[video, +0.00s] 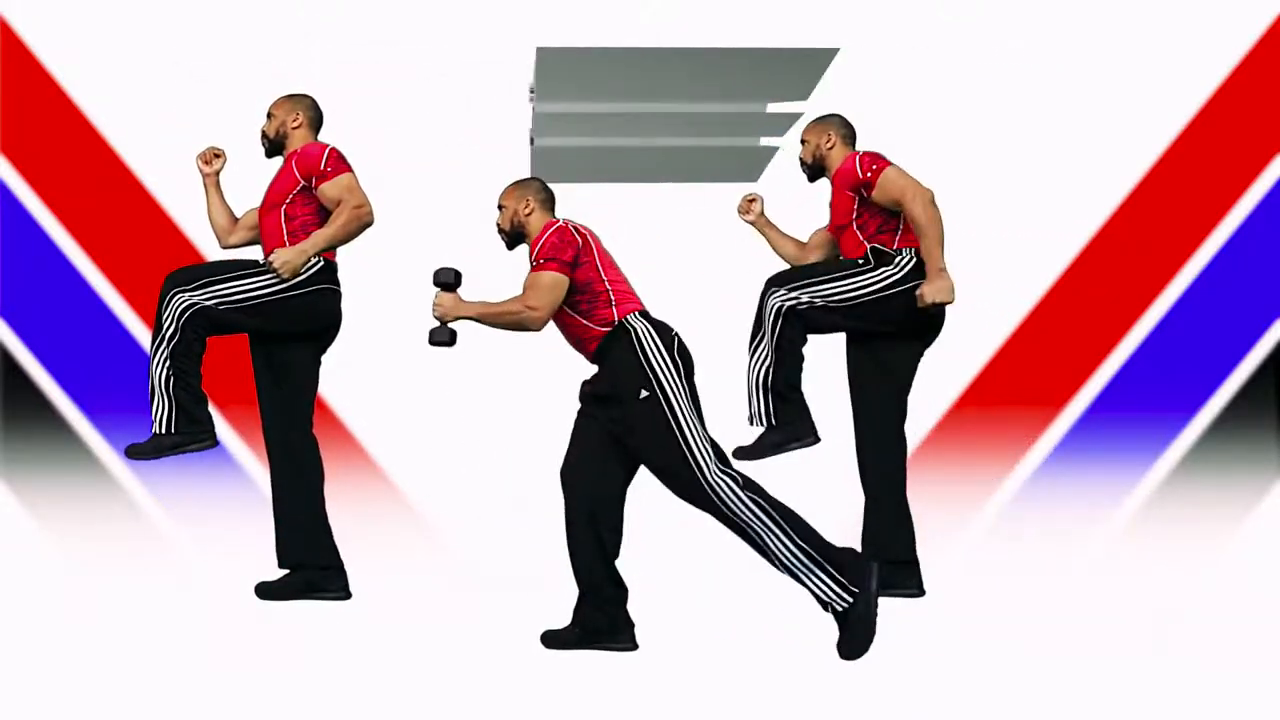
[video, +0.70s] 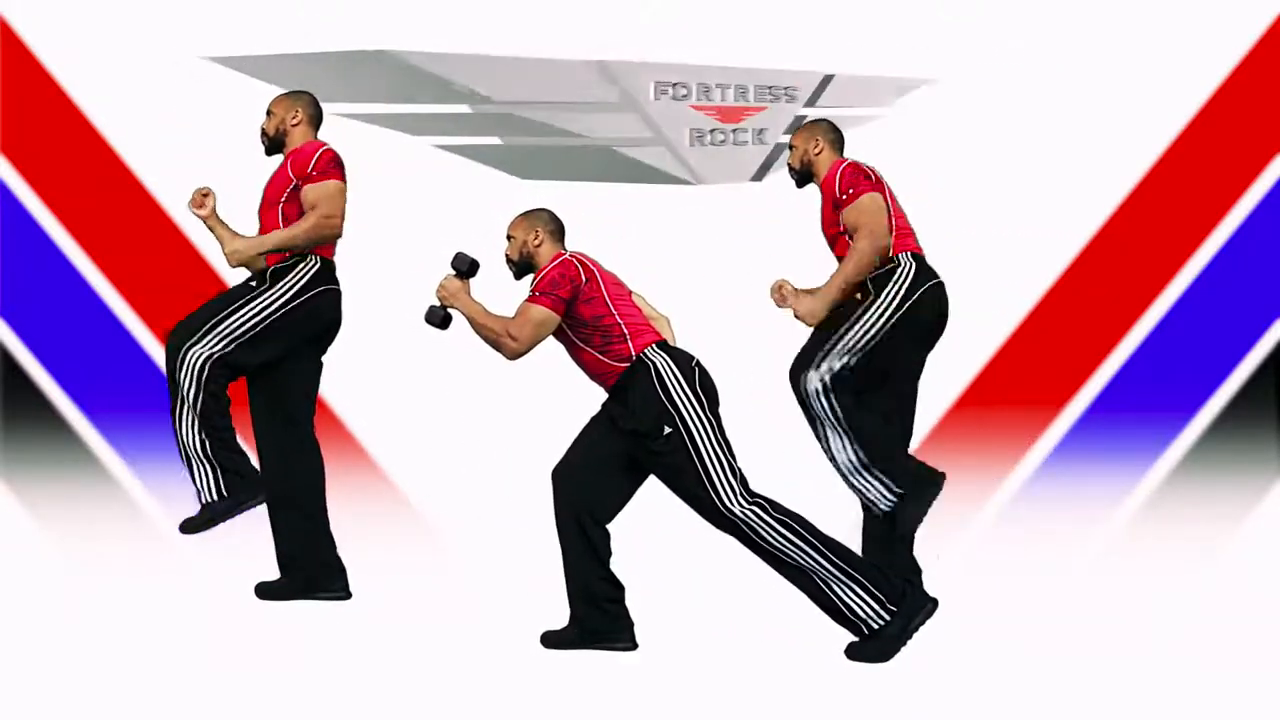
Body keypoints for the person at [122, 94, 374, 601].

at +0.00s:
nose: (263, 126)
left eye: (270, 117)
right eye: (265, 118)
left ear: (297, 120)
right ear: (294, 123)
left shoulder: (316, 154)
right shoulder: (288, 186)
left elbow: (358, 209)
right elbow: (231, 234)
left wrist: (305, 249)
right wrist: (211, 179)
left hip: (298, 283)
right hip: (296, 298)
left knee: (182, 291)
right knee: (289, 438)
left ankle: (183, 424)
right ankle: (316, 569)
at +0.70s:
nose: (263, 125)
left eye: (269, 115)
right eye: (265, 117)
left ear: (294, 115)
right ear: (297, 119)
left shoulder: (316, 155)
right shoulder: (283, 176)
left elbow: (328, 221)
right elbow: (251, 257)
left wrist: (259, 245)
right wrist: (212, 217)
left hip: (299, 282)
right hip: (290, 293)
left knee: (191, 349)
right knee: (285, 436)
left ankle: (227, 482)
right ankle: (315, 572)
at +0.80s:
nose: (263, 124)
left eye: (268, 113)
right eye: (264, 115)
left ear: (292, 113)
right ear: (300, 117)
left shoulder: (314, 154)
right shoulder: (286, 176)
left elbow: (295, 224)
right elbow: (281, 266)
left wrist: (219, 217)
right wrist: (229, 251)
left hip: (298, 286)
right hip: (297, 293)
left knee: (216, 383)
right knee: (286, 430)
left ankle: (261, 529)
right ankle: (315, 569)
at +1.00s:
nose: (259, 118)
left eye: (265, 108)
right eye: (261, 111)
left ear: (291, 108)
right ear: (300, 114)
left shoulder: (303, 148)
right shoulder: (308, 160)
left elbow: (238, 196)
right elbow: (333, 250)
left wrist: (191, 151)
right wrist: (271, 276)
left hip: (294, 286)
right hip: (297, 288)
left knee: (286, 423)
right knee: (288, 425)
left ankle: (308, 579)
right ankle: (325, 571)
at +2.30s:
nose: (261, 114)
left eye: (267, 105)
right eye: (263, 106)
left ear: (290, 108)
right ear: (295, 112)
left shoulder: (310, 149)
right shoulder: (283, 169)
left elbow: (294, 219)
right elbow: (287, 259)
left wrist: (221, 214)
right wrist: (240, 252)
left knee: (278, 417)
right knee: (245, 411)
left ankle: (303, 564)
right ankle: (315, 555)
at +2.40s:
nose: (260, 119)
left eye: (267, 109)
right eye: (262, 111)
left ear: (291, 111)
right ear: (293, 115)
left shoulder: (310, 151)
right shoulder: (283, 174)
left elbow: (329, 216)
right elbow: (268, 260)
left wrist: (255, 241)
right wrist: (217, 220)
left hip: (302, 286)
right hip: (295, 291)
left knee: (216, 374)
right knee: (289, 433)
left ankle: (254, 522)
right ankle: (315, 570)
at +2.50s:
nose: (260, 118)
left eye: (267, 109)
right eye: (262, 111)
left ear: (292, 112)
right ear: (292, 116)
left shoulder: (311, 149)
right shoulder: (287, 177)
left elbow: (354, 209)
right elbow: (236, 234)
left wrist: (299, 253)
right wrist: (208, 183)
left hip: (296, 287)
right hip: (301, 298)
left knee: (189, 332)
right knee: (292, 440)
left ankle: (215, 464)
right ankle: (314, 572)